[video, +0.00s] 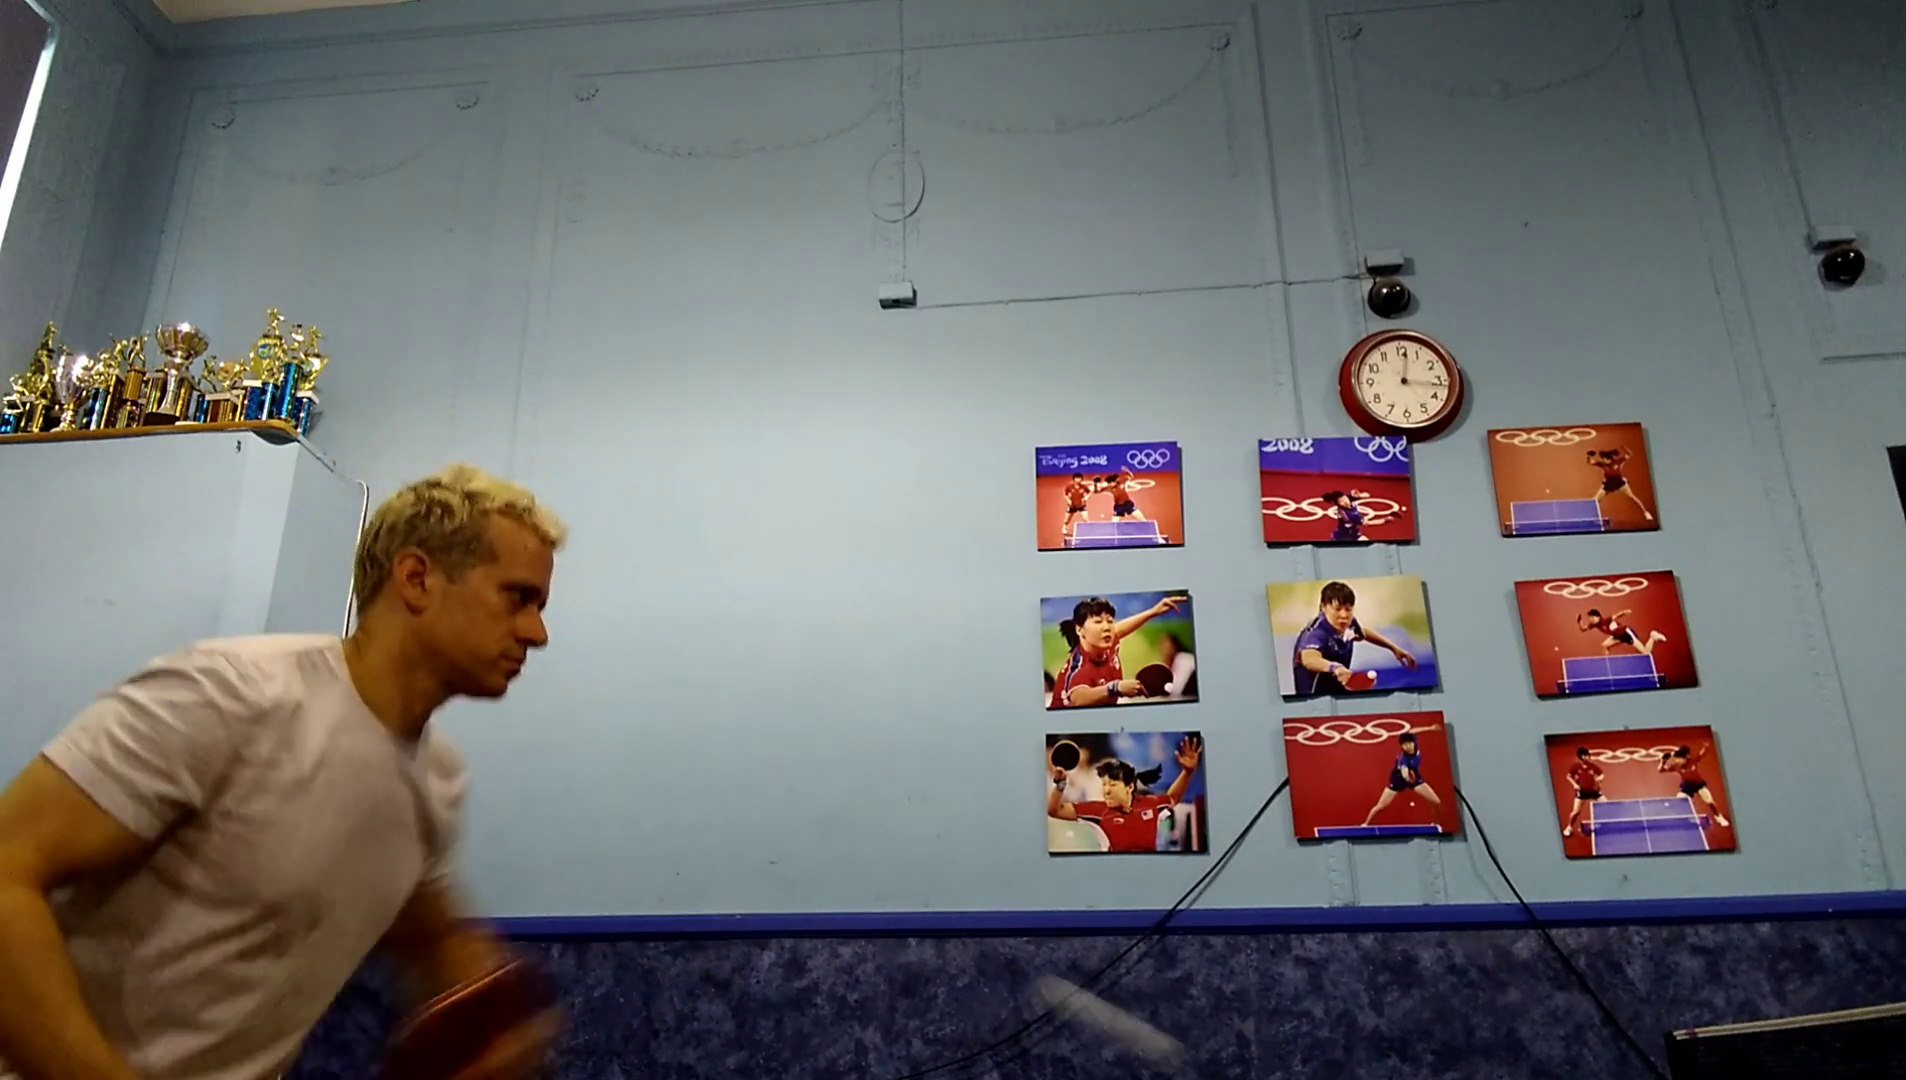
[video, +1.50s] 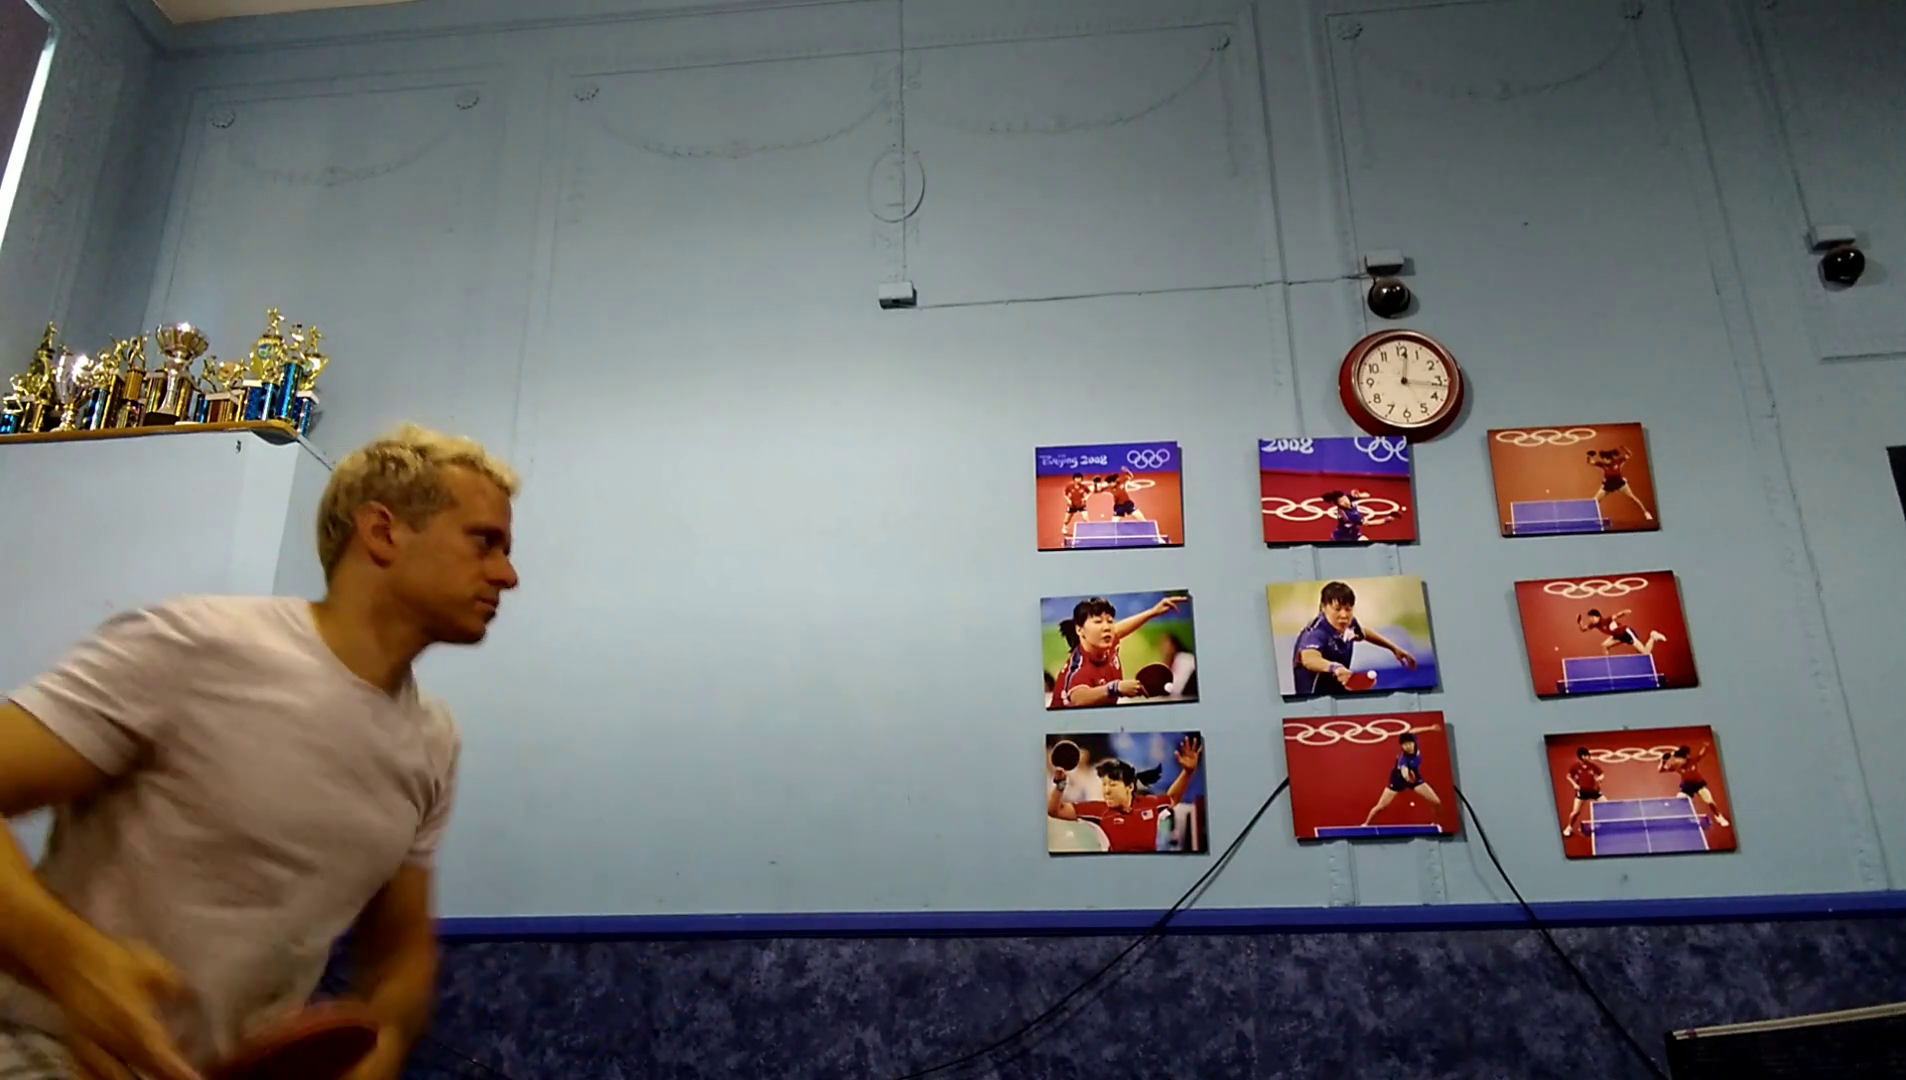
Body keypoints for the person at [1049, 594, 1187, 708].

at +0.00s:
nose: (1107, 628)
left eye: (1110, 622)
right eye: (1098, 622)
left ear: (1114, 626)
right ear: (1080, 630)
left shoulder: (1109, 645)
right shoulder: (1079, 666)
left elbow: (1119, 630)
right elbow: (1078, 698)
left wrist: (1153, 612)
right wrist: (1115, 687)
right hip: (1069, 729)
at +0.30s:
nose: (1107, 628)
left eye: (1110, 622)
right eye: (1098, 622)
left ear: (1114, 626)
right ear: (1080, 630)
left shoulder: (1109, 646)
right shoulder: (1078, 666)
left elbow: (1118, 631)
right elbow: (1078, 699)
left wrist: (1153, 612)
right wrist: (1115, 687)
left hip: (1103, 725)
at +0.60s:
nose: (1107, 628)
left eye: (1109, 622)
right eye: (1098, 622)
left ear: (1114, 626)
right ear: (1080, 630)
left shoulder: (1109, 645)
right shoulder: (1079, 667)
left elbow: (1118, 630)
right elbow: (1078, 698)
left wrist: (1154, 611)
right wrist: (1115, 687)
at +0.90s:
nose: (1107, 628)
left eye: (1110, 622)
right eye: (1098, 622)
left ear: (1114, 626)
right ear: (1080, 630)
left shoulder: (1109, 645)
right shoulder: (1079, 666)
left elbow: (1118, 630)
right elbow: (1078, 698)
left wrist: (1153, 612)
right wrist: (1115, 687)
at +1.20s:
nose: (1107, 628)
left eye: (1109, 622)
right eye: (1098, 622)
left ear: (1114, 626)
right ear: (1080, 630)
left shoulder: (1109, 645)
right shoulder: (1079, 666)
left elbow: (1118, 630)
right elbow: (1079, 698)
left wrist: (1154, 612)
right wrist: (1115, 687)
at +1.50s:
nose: (1107, 628)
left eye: (1109, 622)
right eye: (1098, 622)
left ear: (1114, 626)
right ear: (1080, 630)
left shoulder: (1109, 645)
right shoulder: (1079, 666)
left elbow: (1118, 630)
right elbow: (1078, 698)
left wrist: (1153, 611)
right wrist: (1115, 687)